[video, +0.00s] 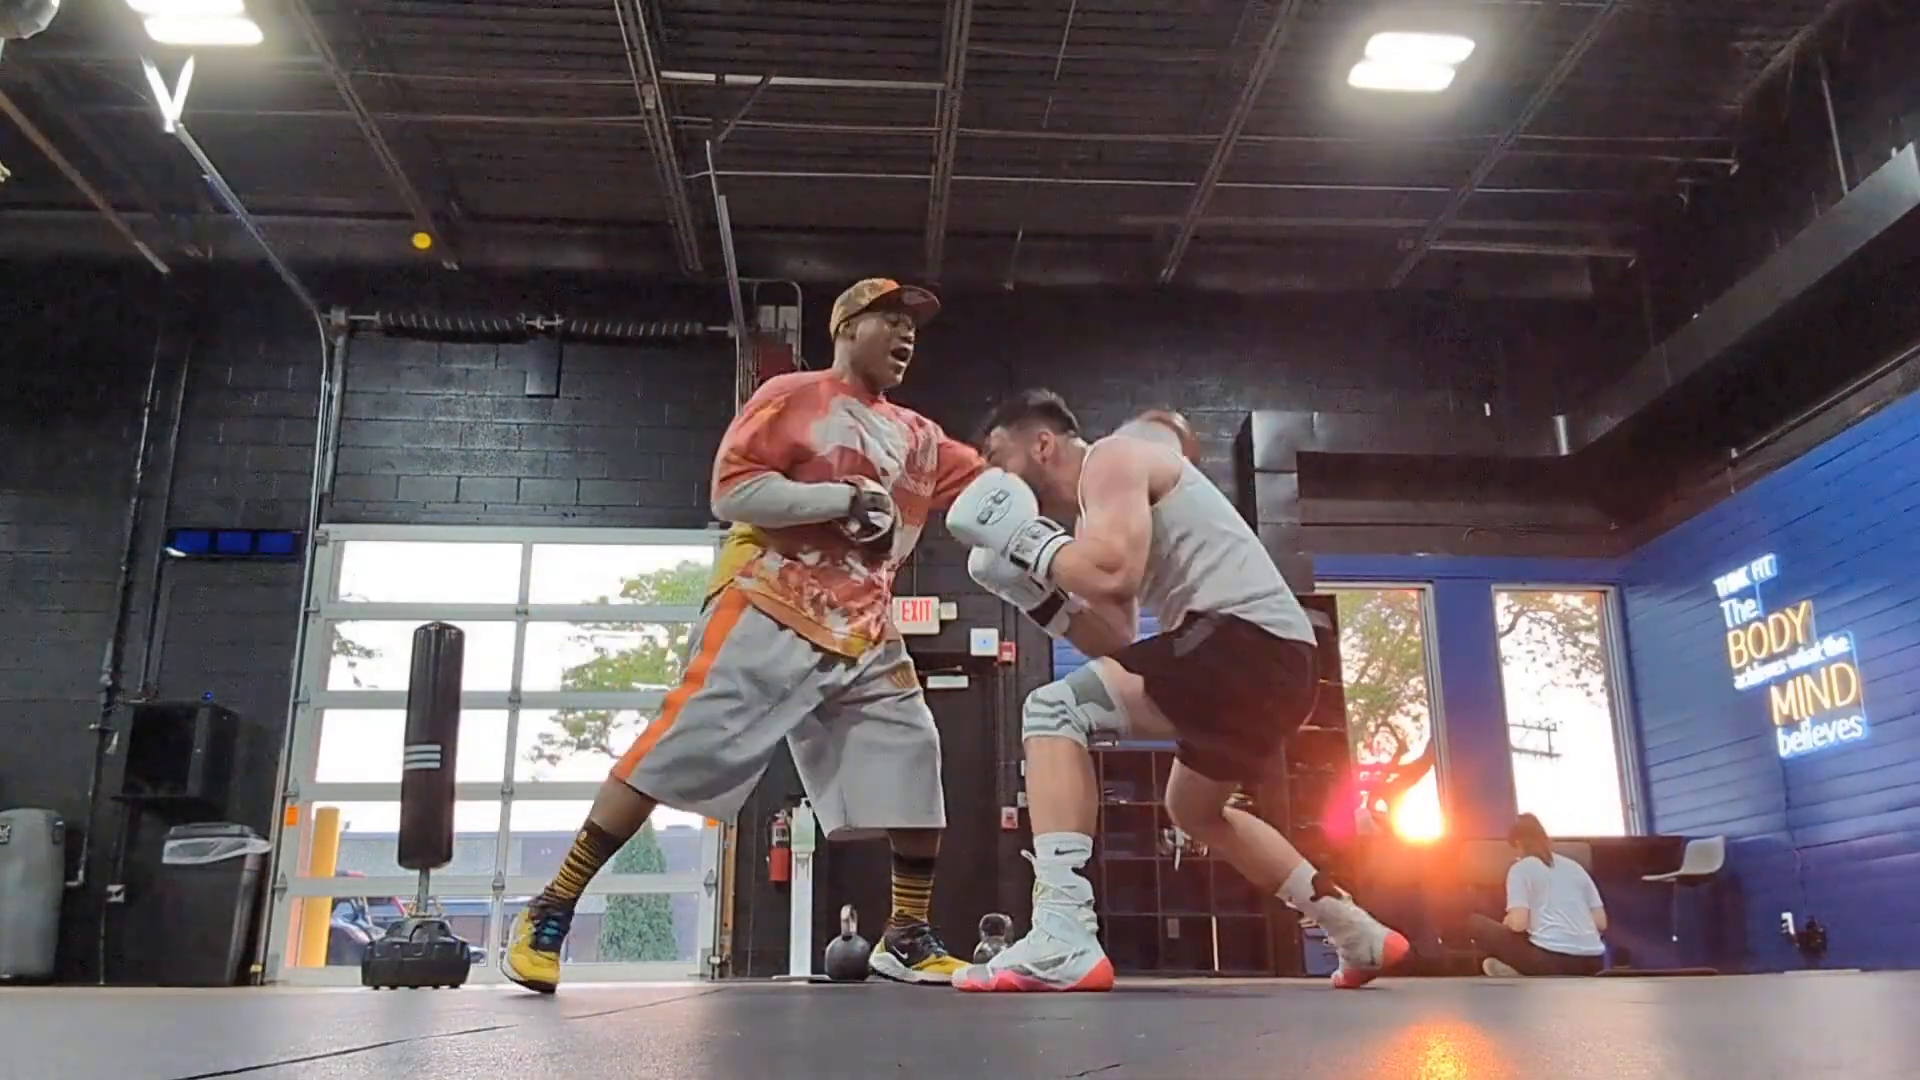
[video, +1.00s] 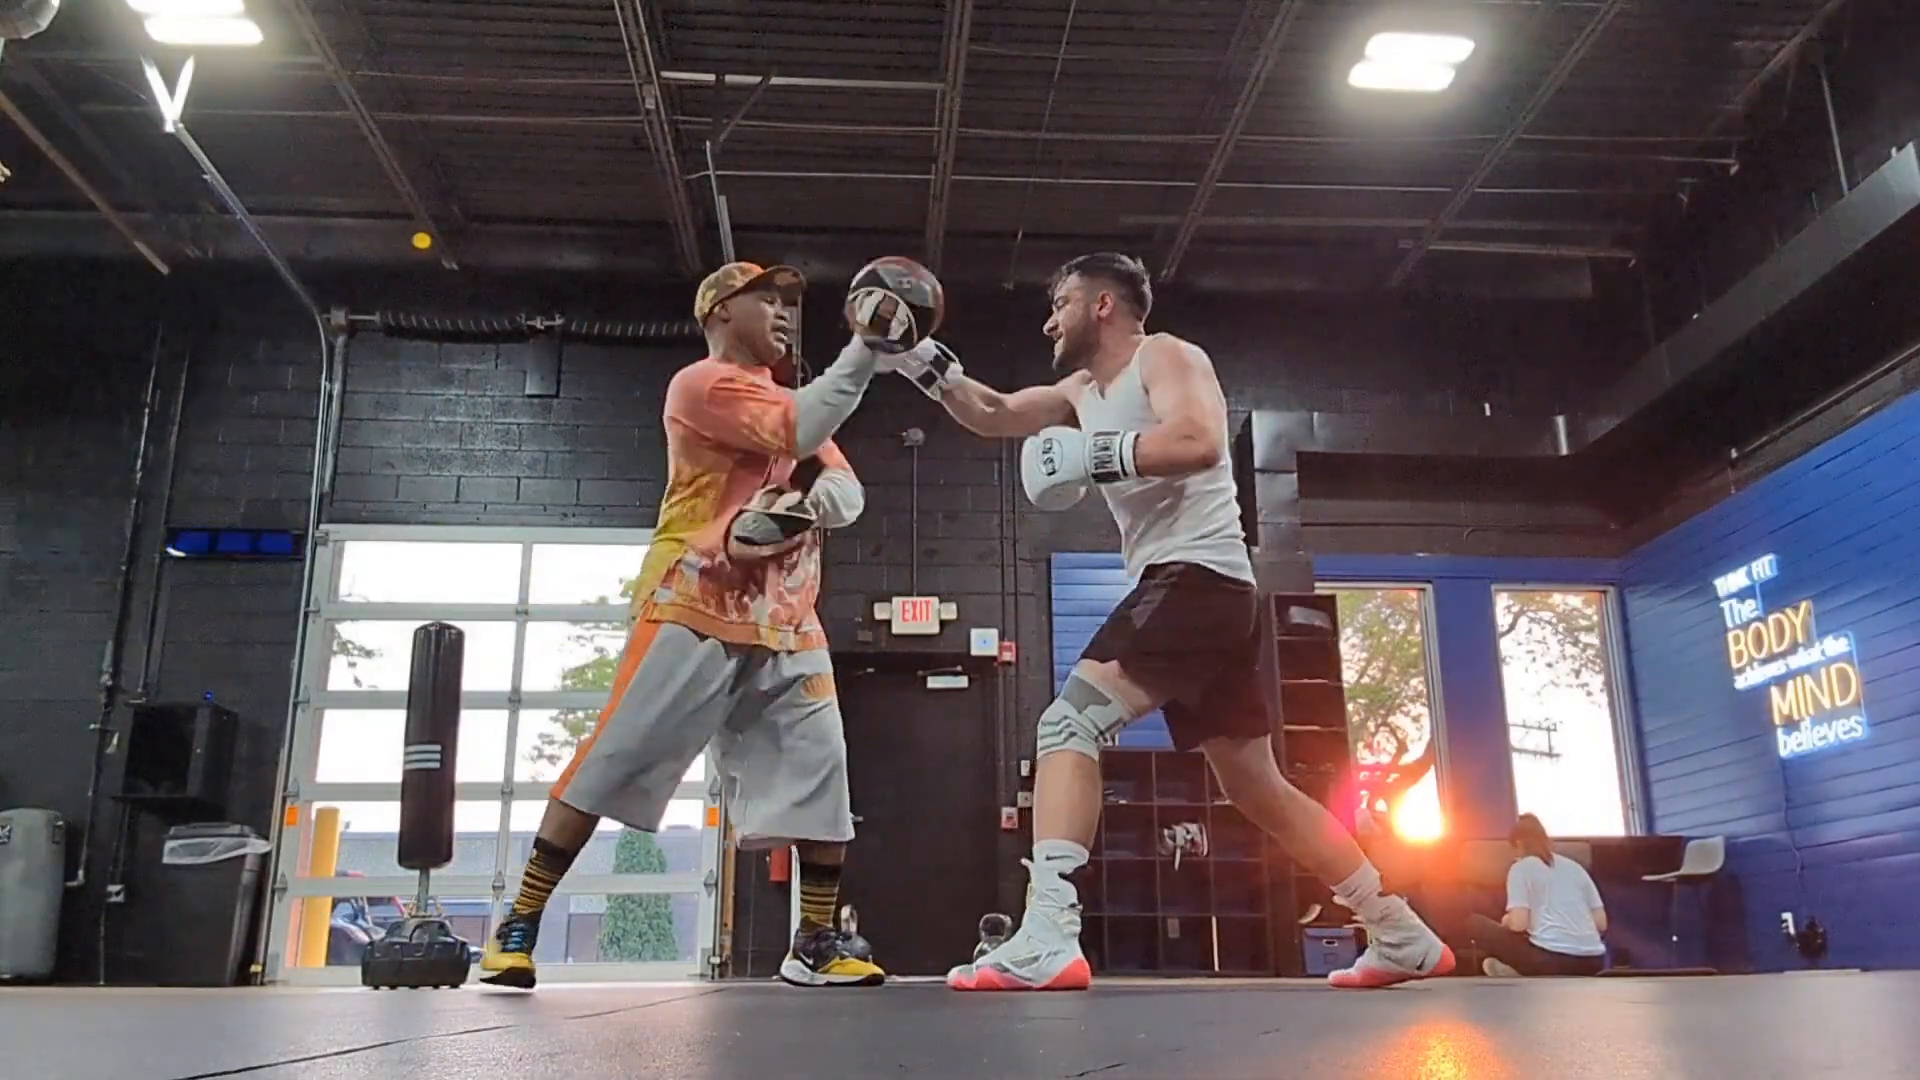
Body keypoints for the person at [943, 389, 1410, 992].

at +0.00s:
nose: (995, 477)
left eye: (998, 457)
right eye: (990, 463)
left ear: (1044, 444)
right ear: (1046, 450)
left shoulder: (1117, 456)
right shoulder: (1097, 522)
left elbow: (1113, 571)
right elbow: (1116, 638)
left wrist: (1023, 531)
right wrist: (1040, 601)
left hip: (1242, 645)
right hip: (1283, 664)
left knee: (1055, 710)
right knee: (1197, 809)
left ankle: (1061, 938)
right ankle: (1358, 934)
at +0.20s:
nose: (1077, 489)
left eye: (1085, 471)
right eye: (1075, 479)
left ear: (1128, 454)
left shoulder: (1149, 470)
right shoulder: (1232, 513)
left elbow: (1099, 515)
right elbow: (1185, 643)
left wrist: (1029, 556)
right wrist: (1110, 603)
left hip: (1226, 658)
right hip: (1316, 676)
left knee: (1040, 750)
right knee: (1249, 796)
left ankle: (1062, 934)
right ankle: (1386, 949)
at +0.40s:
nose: (1075, 372)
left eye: (1083, 355)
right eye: (1074, 360)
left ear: (1130, 347)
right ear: (1132, 354)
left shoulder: (1163, 380)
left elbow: (1189, 451)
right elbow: (1163, 565)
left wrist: (1099, 444)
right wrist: (1105, 513)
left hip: (1213, 599)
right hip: (1269, 612)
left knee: (1052, 731)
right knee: (1246, 797)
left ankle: (1045, 933)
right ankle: (1386, 945)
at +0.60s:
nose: (1069, 334)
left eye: (1076, 316)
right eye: (1068, 322)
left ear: (1117, 306)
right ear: (1122, 313)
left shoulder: (1151, 348)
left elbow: (1189, 425)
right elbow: (1107, 497)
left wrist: (1090, 407)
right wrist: (1047, 443)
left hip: (1181, 574)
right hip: (1249, 581)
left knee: (1055, 734)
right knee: (1260, 781)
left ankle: (1047, 935)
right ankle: (1384, 940)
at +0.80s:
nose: (1083, 339)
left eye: (1088, 324)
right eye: (1084, 327)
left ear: (1122, 316)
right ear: (1156, 325)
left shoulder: (1110, 361)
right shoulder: (1221, 390)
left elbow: (1028, 427)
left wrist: (975, 416)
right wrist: (1019, 401)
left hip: (1160, 597)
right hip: (1250, 597)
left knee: (1045, 749)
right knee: (1272, 777)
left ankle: (1046, 935)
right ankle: (1383, 941)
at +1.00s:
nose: (1049, 320)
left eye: (1060, 303)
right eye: (1050, 307)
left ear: (1107, 305)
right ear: (1100, 313)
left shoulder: (1168, 355)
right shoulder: (1079, 389)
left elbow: (1199, 442)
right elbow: (994, 414)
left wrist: (1094, 452)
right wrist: (926, 361)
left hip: (1195, 579)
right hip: (1202, 588)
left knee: (1070, 724)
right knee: (1254, 785)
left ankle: (1047, 935)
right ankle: (1401, 935)